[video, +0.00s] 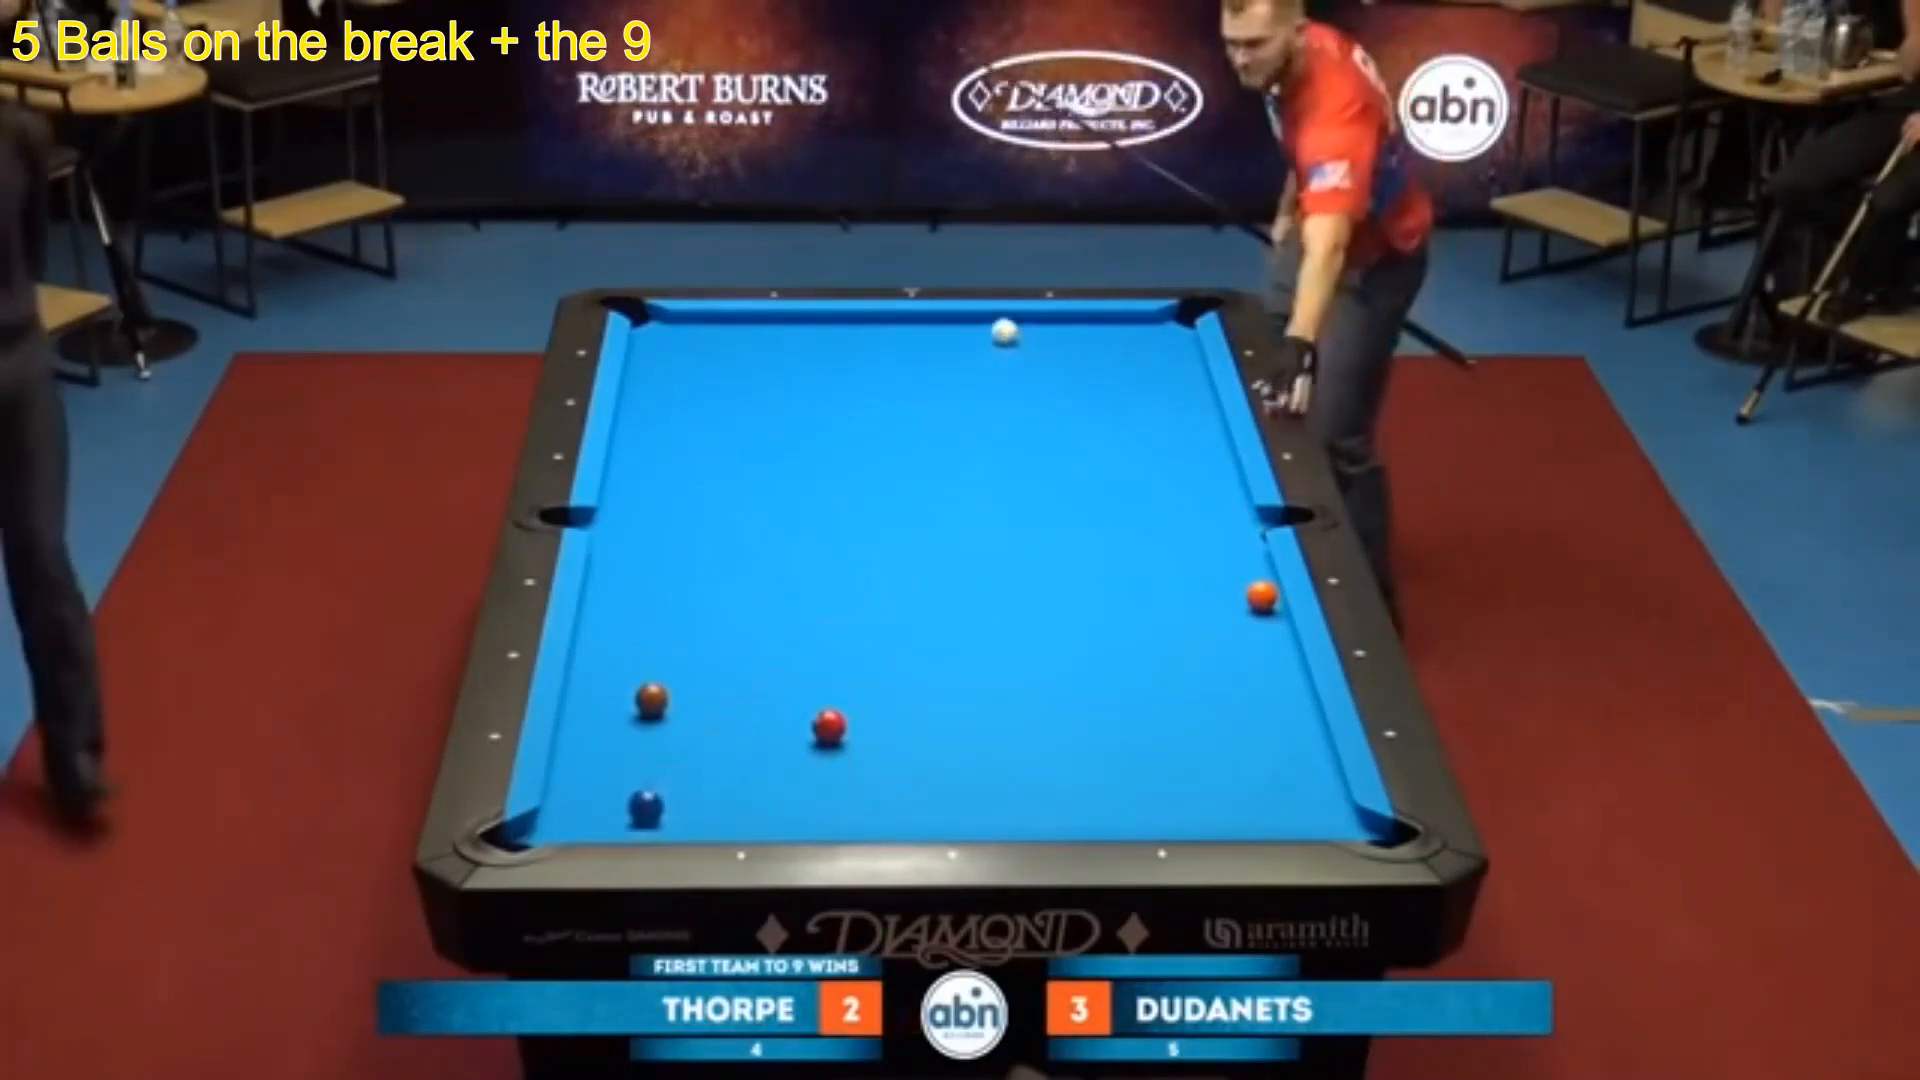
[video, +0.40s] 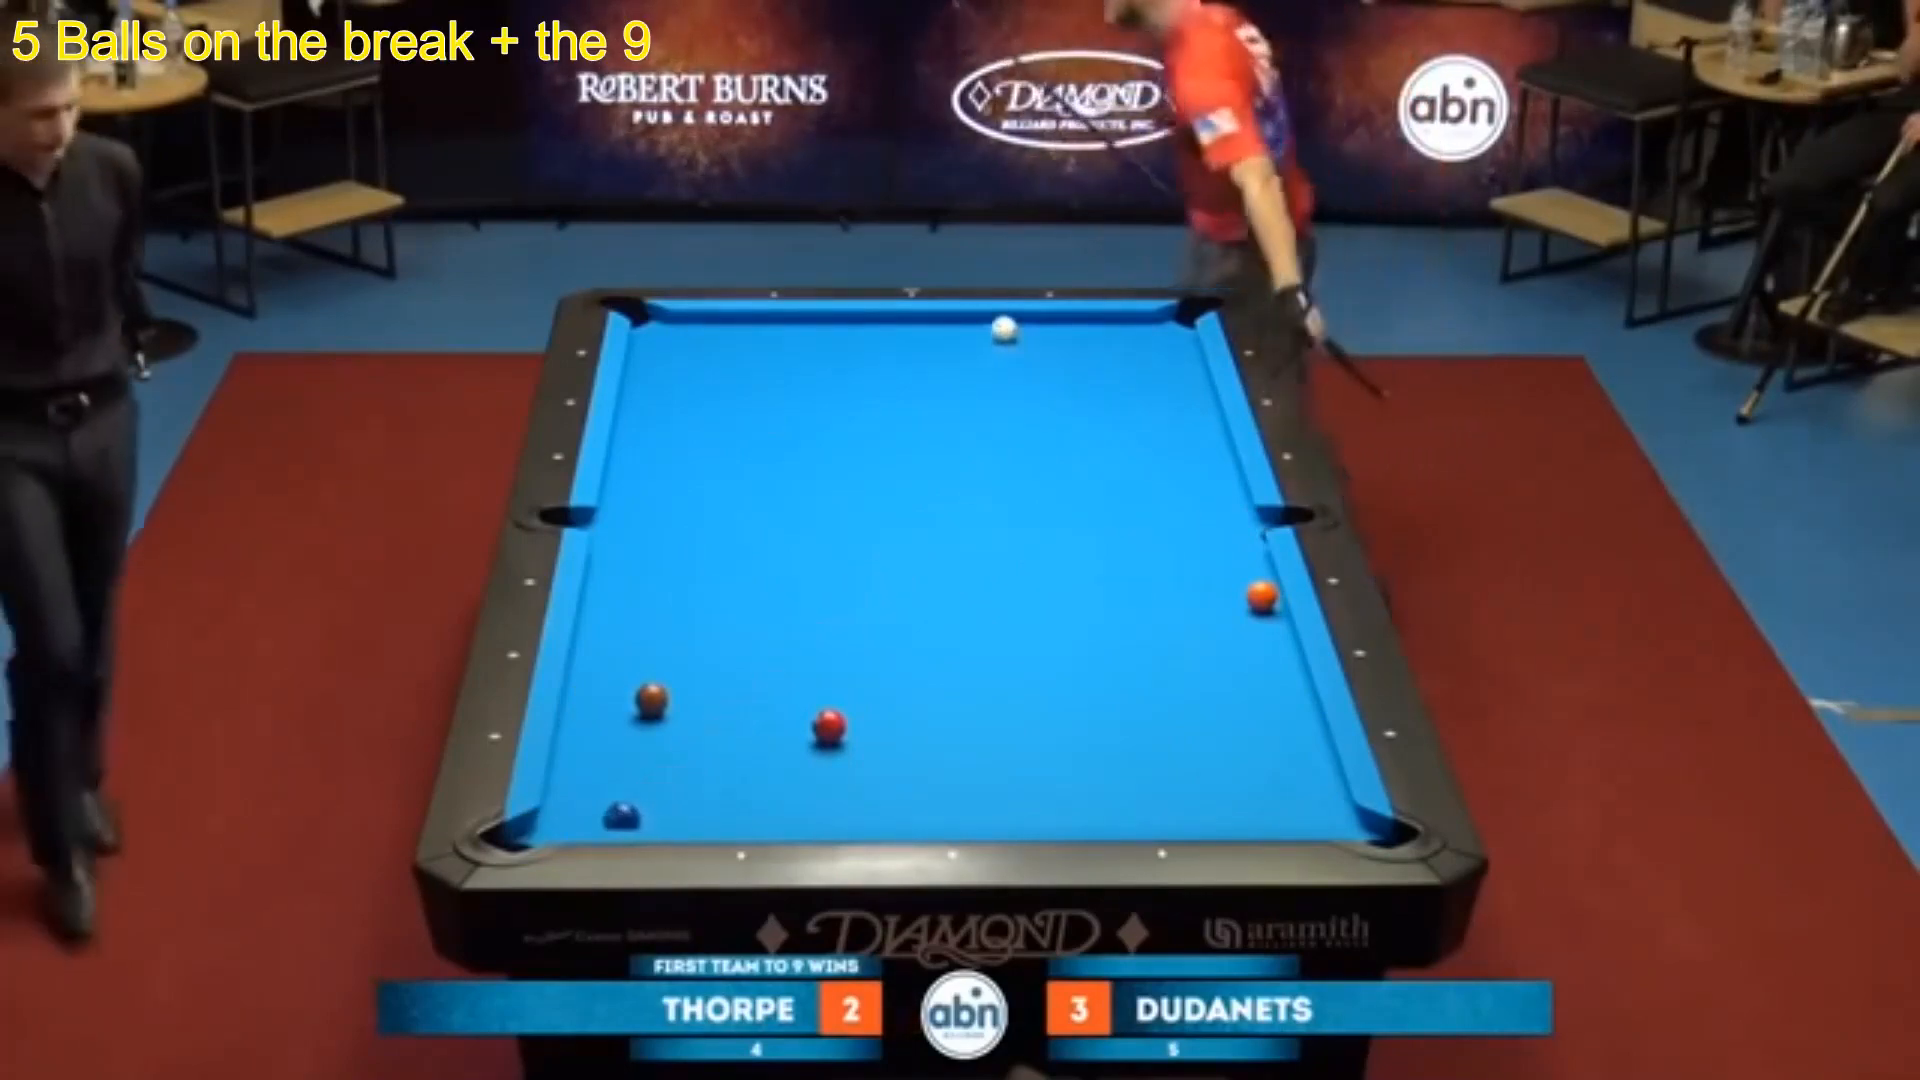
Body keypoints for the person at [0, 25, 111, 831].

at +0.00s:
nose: (18, 44)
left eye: (17, 39)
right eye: (18, 38)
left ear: (11, 54)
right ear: (11, 48)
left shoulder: (24, 135)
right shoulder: (22, 135)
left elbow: (30, 248)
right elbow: (33, 248)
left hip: (16, 349)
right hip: (19, 350)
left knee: (39, 558)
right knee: (40, 559)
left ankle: (77, 760)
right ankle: (77, 762)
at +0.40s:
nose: (55, 130)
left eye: (65, 111)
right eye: (37, 115)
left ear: (81, 103)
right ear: (1, 113)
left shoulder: (111, 171)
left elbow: (126, 281)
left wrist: (131, 355)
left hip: (101, 422)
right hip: (12, 436)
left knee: (92, 632)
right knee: (52, 649)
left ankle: (84, 785)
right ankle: (62, 853)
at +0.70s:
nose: (121, 202)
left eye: (130, 183)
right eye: (101, 188)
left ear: (141, 167)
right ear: (48, 180)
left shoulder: (178, 233)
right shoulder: (13, 260)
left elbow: (212, 354)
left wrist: (221, 466)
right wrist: (10, 517)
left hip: (180, 501)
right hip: (72, 517)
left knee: (202, 710)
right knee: (121, 735)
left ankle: (116, 790)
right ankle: (156, 950)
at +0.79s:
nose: (149, 204)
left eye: (157, 184)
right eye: (128, 192)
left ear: (167, 169)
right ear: (71, 185)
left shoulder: (207, 246)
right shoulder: (27, 280)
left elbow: (243, 373)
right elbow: (6, 429)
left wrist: (273, 493)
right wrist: (11, 554)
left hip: (196, 514)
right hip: (87, 531)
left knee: (239, 742)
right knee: (132, 754)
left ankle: (151, 833)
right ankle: (158, 948)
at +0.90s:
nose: (211, 228)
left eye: (217, 209)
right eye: (190, 213)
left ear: (223, 194)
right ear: (122, 203)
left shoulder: (243, 273)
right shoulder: (53, 313)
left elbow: (298, 396)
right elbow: (5, 469)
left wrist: (356, 514)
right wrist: (12, 605)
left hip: (227, 546)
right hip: (119, 566)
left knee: (281, 775)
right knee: (140, 784)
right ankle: (160, 967)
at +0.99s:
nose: (252, 255)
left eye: (257, 236)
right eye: (232, 240)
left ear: (260, 222)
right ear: (165, 231)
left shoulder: (265, 303)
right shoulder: (84, 335)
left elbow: (339, 419)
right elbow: (20, 486)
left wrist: (416, 534)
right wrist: (31, 636)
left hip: (244, 577)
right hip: (135, 598)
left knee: (291, 816)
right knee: (152, 804)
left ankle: (356, 1041)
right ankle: (164, 965)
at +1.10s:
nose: (322, 304)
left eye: (328, 282)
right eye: (303, 285)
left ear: (331, 266)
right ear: (238, 270)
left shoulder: (324, 362)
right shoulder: (144, 366)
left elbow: (414, 471)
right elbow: (57, 512)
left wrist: (510, 578)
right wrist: (64, 658)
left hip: (272, 626)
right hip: (159, 640)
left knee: (325, 861)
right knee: (177, 836)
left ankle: (378, 1058)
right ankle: (176, 979)